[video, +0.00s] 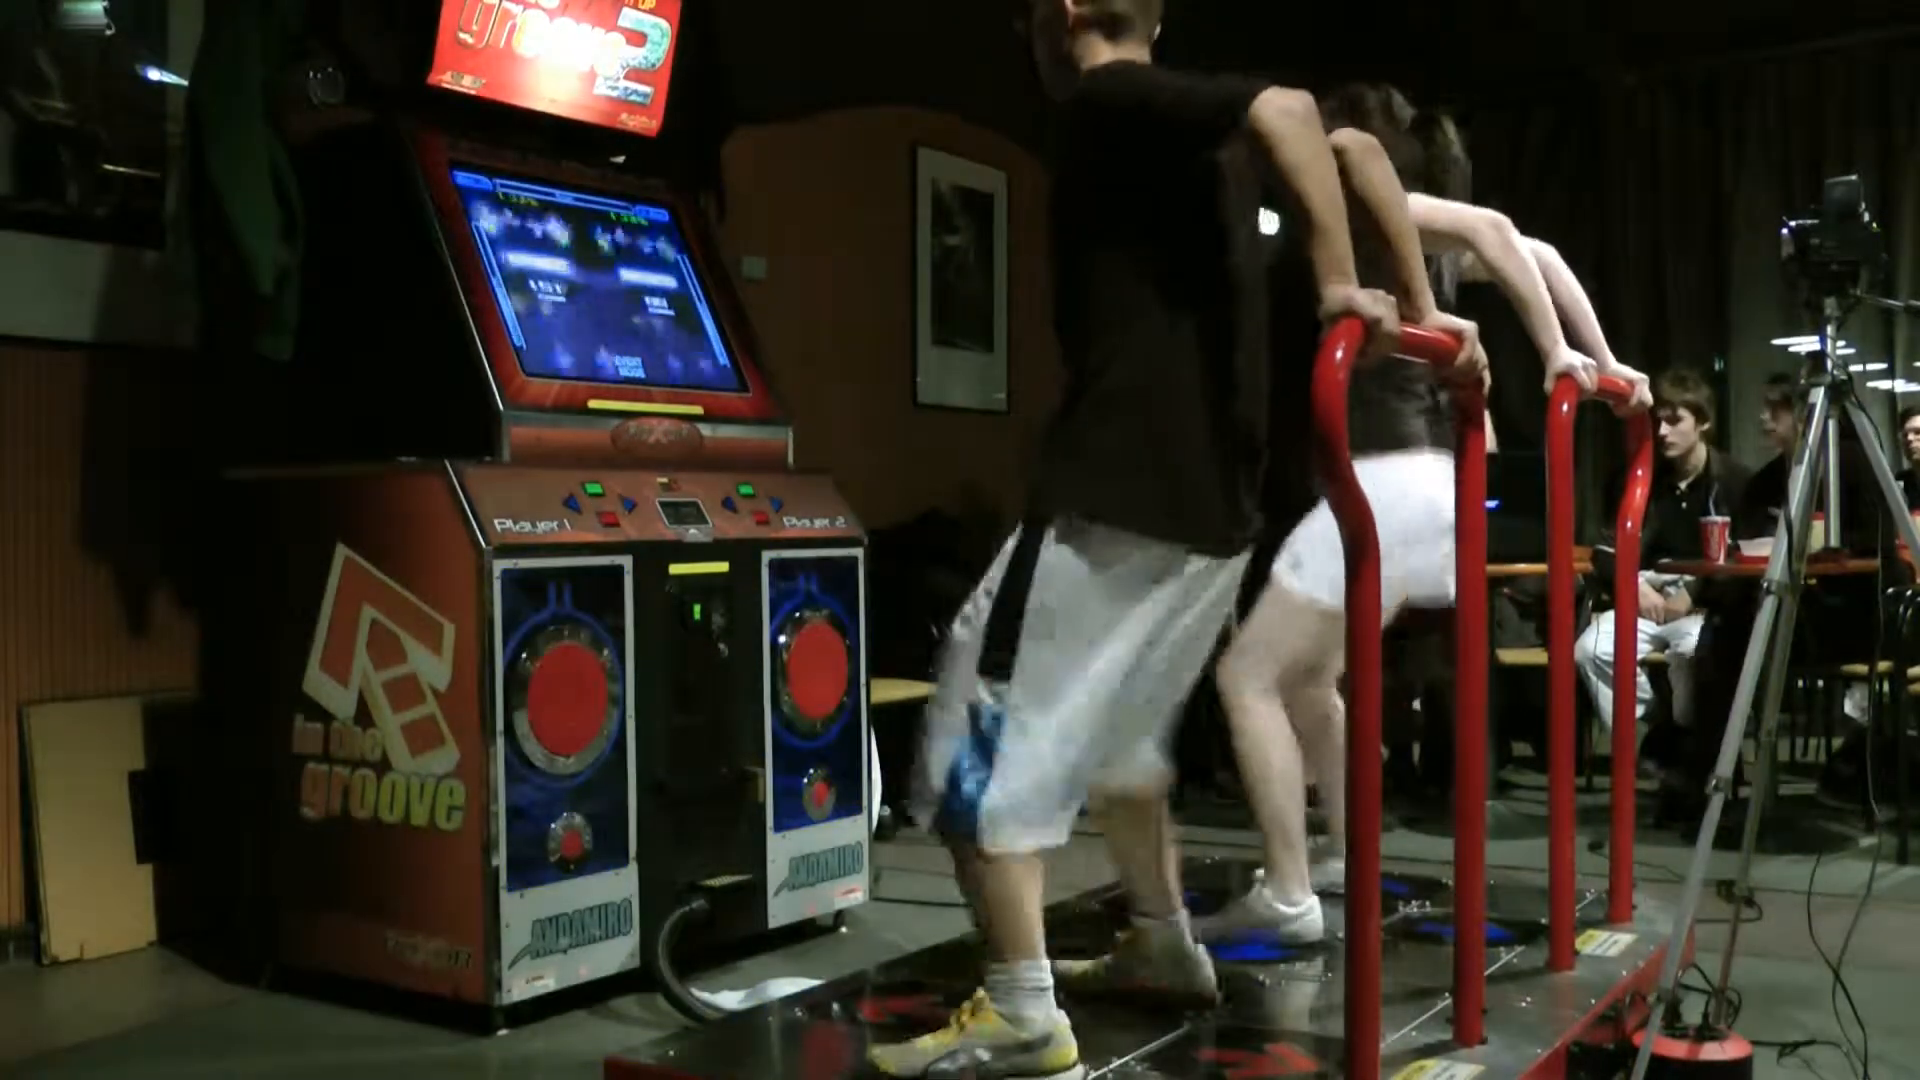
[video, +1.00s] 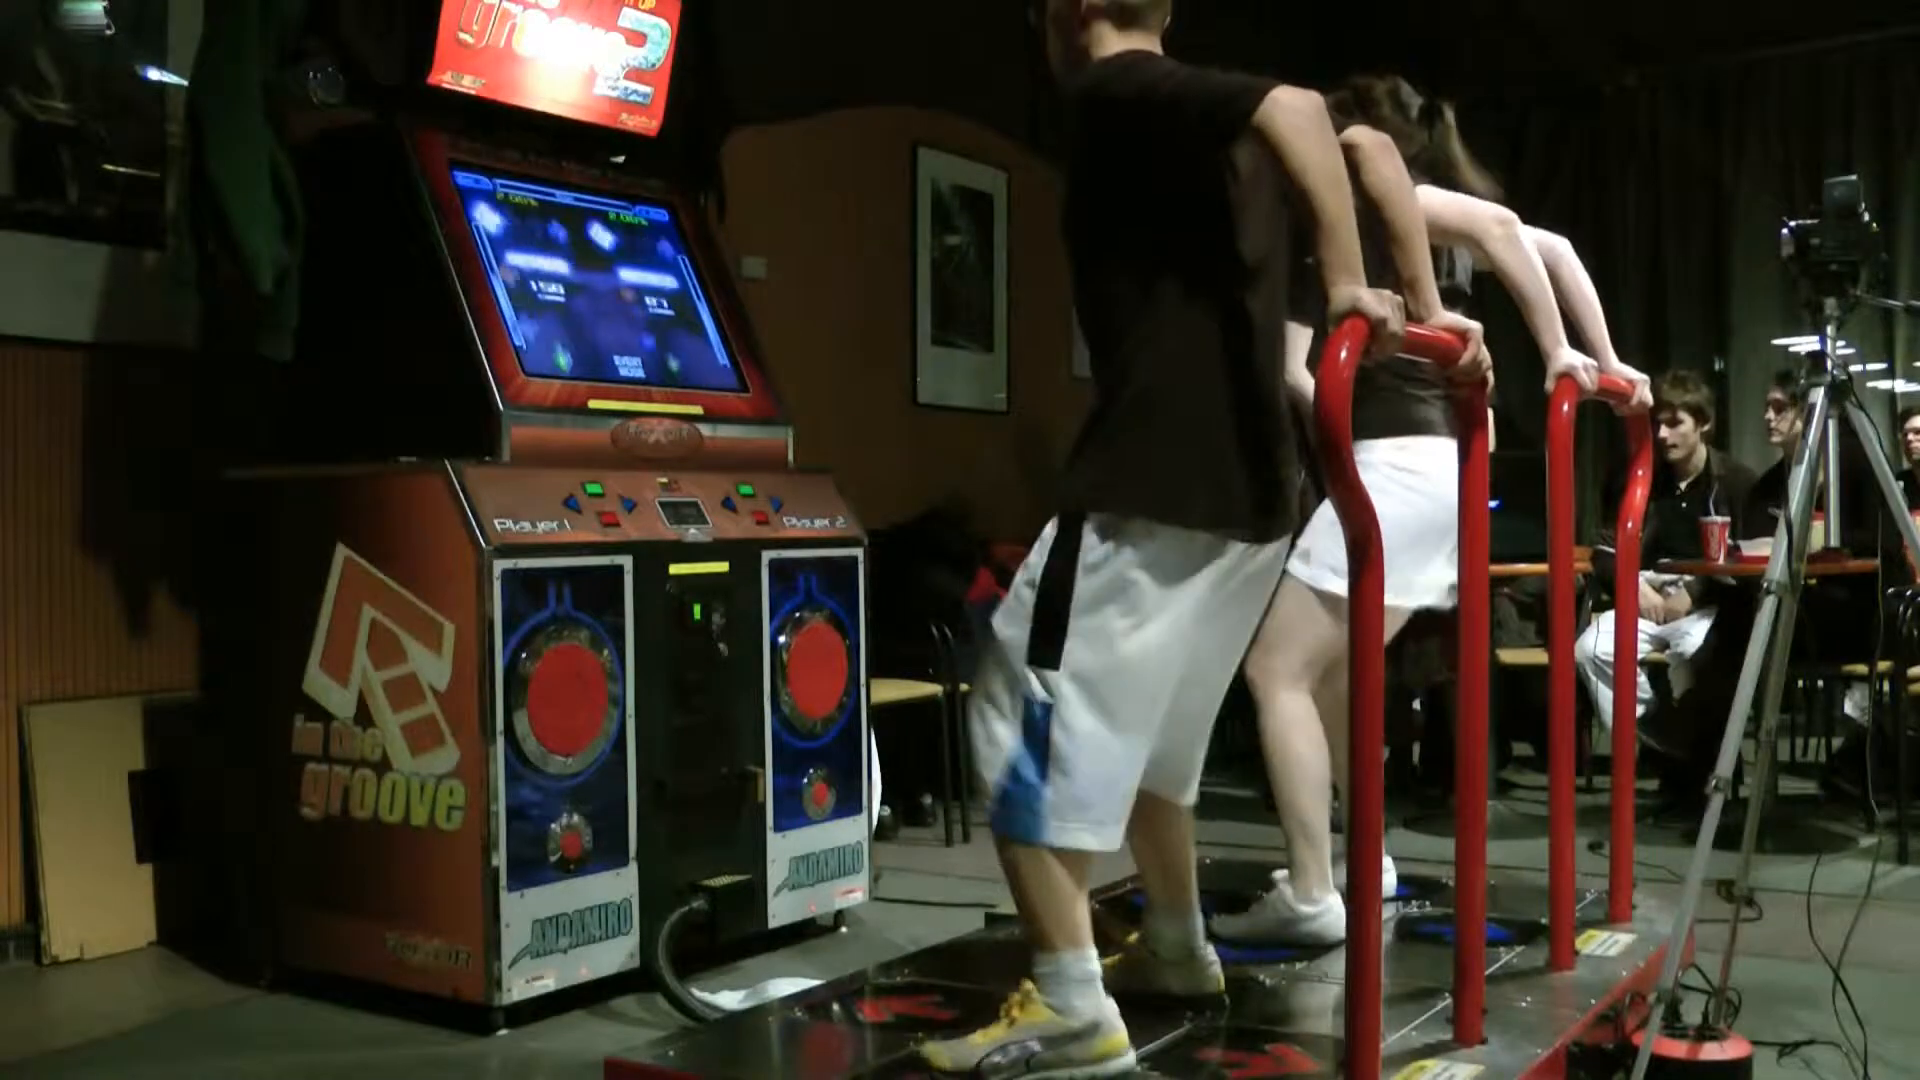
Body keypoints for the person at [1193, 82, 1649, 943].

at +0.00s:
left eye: (1324, 141)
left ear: (1344, 143)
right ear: (1403, 147)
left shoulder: (1355, 209)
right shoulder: (1410, 216)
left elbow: (1489, 230)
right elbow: (1541, 251)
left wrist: (1558, 353)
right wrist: (1605, 361)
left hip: (1381, 483)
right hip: (1433, 481)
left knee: (1246, 677)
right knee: (1308, 679)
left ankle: (1289, 895)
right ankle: (1348, 862)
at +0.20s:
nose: (1329, 126)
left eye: (1336, 113)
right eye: (1332, 114)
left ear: (1362, 118)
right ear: (1416, 125)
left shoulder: (1377, 180)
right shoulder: (1421, 191)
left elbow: (1498, 230)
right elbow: (1554, 242)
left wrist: (1554, 354)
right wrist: (1606, 358)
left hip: (1387, 435)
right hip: (1444, 440)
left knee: (1273, 654)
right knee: (1339, 662)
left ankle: (1284, 888)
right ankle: (1382, 858)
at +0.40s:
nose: (1345, 148)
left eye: (1350, 133)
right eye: (1346, 136)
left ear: (1370, 135)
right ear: (1428, 137)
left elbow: (1495, 229)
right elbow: (1561, 242)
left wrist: (1553, 352)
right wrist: (1607, 359)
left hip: (1393, 459)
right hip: (1453, 466)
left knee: (1287, 665)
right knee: (1351, 678)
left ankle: (1295, 895)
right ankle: (1422, 859)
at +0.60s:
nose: (1329, 172)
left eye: (1345, 153)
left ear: (1366, 155)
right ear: (1419, 159)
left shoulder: (1378, 221)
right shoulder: (1408, 227)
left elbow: (1488, 231)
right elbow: (1542, 250)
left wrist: (1555, 355)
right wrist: (1602, 359)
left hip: (1403, 487)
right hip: (1423, 486)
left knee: (1308, 696)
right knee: (1327, 689)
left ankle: (1413, 878)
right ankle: (1371, 861)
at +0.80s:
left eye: (1346, 121)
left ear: (1362, 122)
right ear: (1409, 128)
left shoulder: (1377, 178)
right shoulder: (1402, 190)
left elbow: (1499, 223)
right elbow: (1549, 248)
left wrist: (1556, 353)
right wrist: (1605, 359)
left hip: (1404, 446)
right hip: (1430, 448)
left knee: (1280, 652)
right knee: (1324, 660)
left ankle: (1371, 844)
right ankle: (1357, 849)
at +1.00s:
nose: (1329, 156)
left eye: (1337, 140)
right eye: (1336, 143)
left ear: (1359, 136)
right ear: (1418, 138)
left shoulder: (1369, 195)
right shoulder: (1423, 205)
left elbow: (1499, 228)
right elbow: (1555, 247)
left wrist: (1556, 355)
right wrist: (1608, 361)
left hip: (1394, 466)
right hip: (1437, 470)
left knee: (1275, 669)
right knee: (1333, 678)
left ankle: (1310, 893)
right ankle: (1366, 868)